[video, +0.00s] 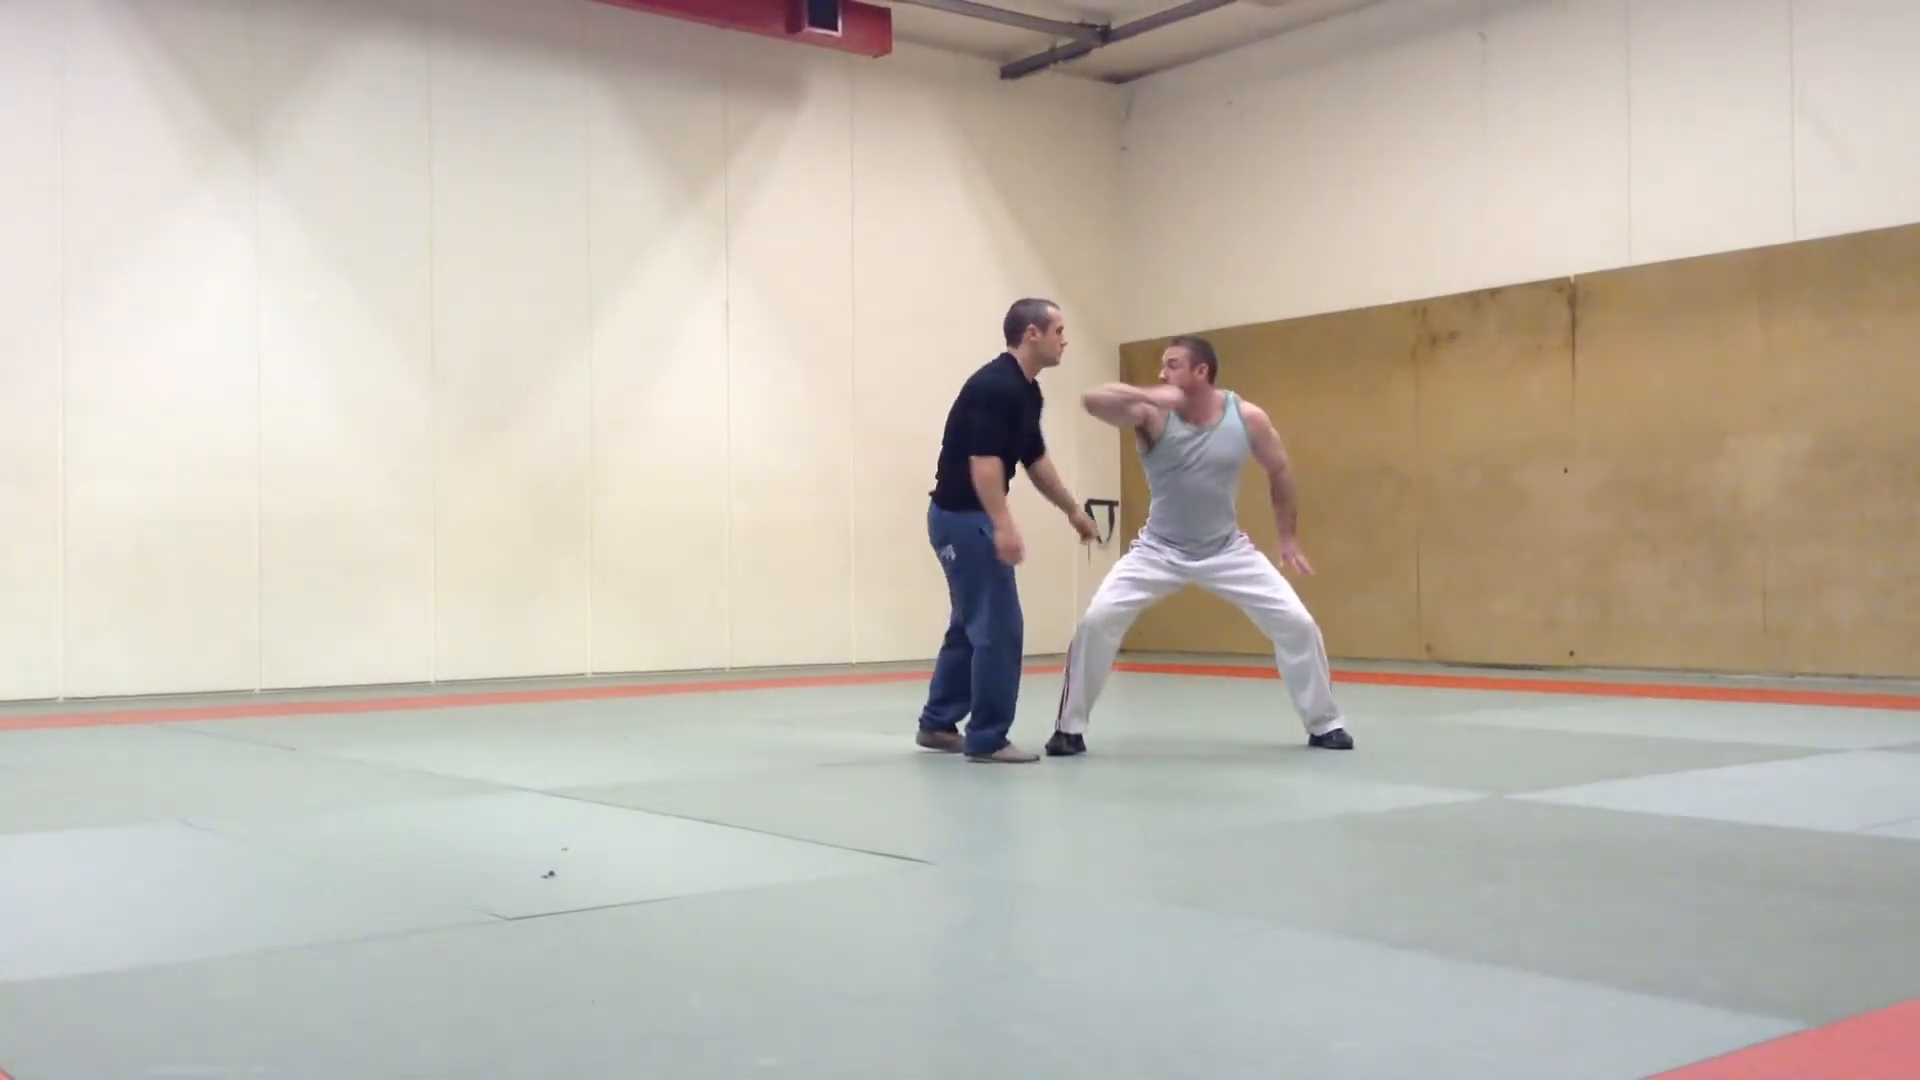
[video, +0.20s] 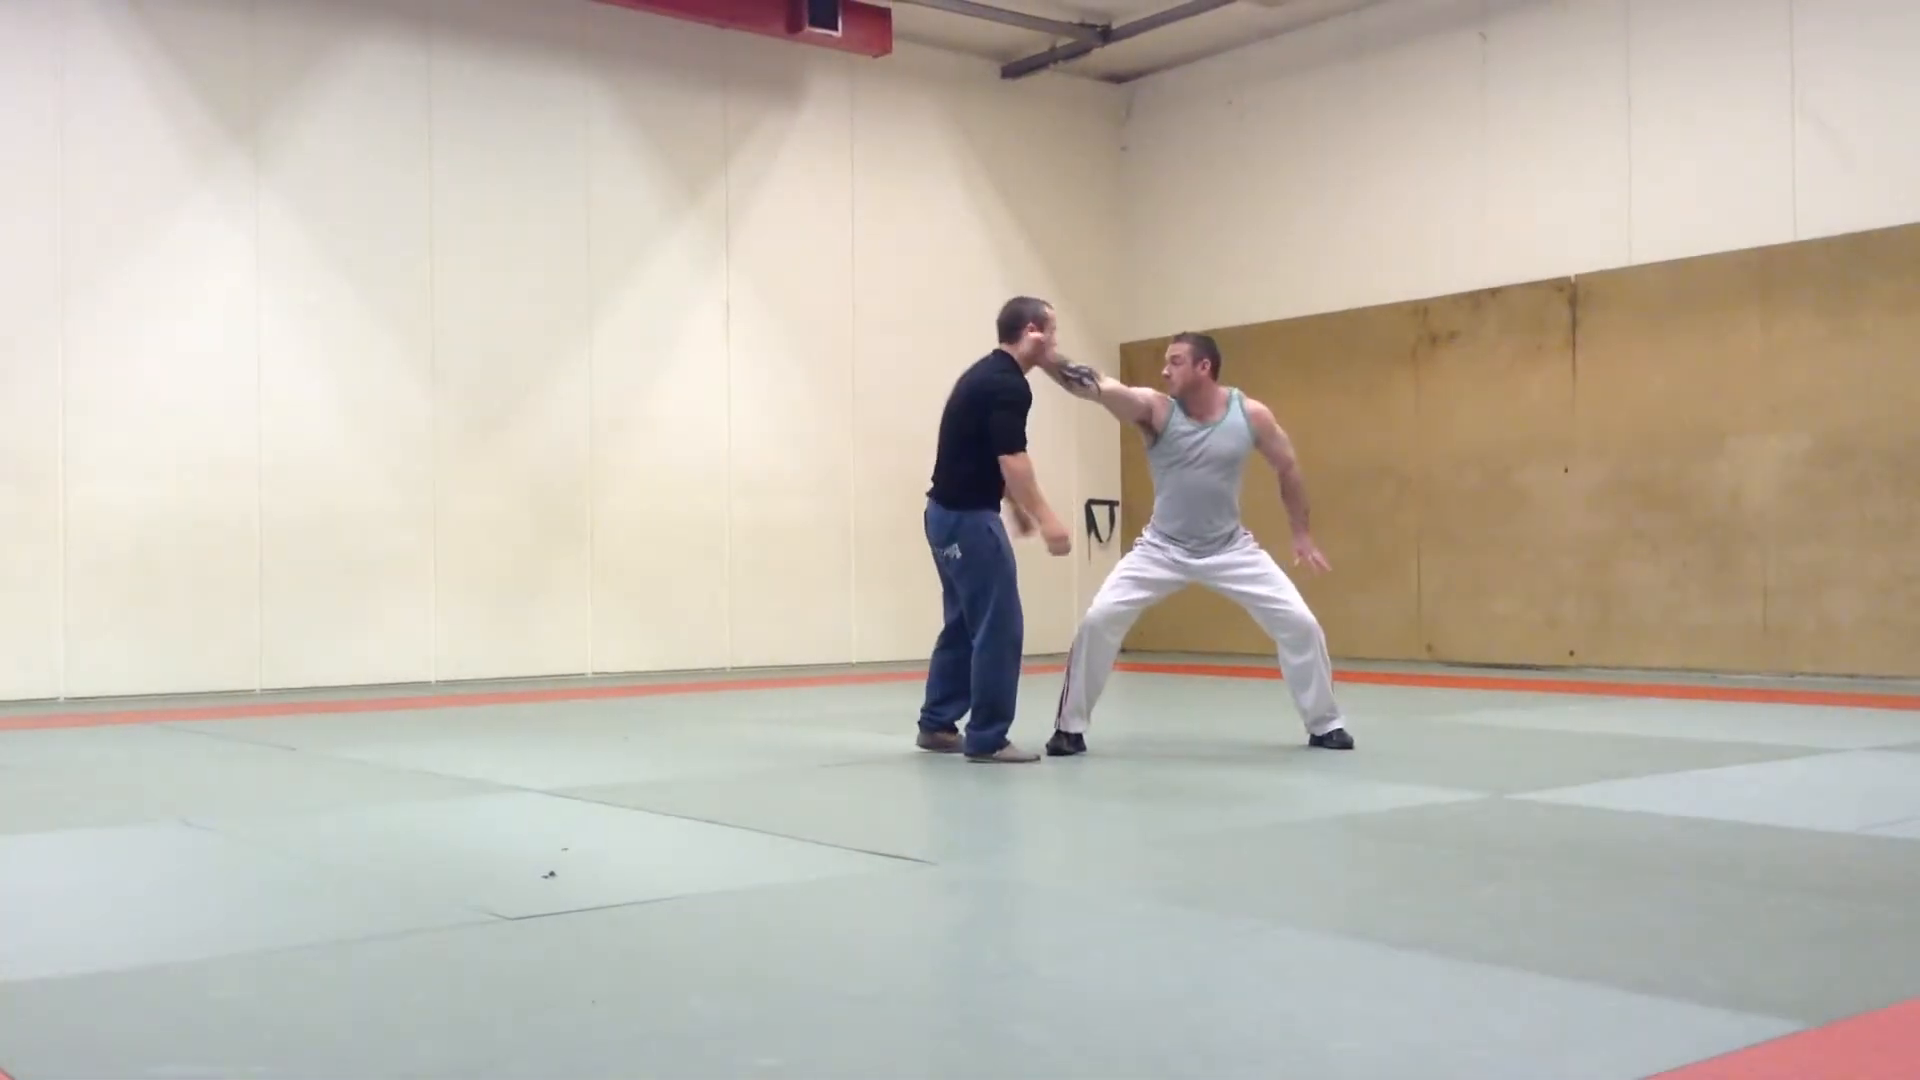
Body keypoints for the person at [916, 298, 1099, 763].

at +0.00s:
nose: (1064, 339)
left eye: (1063, 331)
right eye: (1058, 331)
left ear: (1033, 334)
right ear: (1032, 334)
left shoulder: (1027, 391)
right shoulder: (994, 386)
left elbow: (1036, 461)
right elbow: (984, 465)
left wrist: (1073, 509)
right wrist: (1004, 525)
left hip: (973, 519)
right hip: (966, 520)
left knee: (969, 624)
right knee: (999, 628)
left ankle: (937, 723)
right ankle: (987, 741)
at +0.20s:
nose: (1056, 341)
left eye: (1055, 332)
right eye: (1052, 332)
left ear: (1015, 333)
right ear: (1031, 333)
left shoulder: (986, 372)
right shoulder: (1007, 382)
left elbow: (991, 449)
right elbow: (1012, 460)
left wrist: (1014, 500)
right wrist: (1047, 521)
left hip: (947, 516)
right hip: (970, 521)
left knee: (965, 623)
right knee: (1001, 626)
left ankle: (937, 723)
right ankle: (987, 739)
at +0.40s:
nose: (1012, 330)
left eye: (1005, 322)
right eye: (1011, 323)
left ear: (965, 326)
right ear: (1005, 325)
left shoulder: (939, 376)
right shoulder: (1004, 380)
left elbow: (934, 453)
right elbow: (1028, 461)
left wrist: (945, 503)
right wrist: (1058, 515)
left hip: (942, 520)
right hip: (982, 524)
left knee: (959, 622)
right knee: (1004, 626)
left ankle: (937, 726)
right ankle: (987, 738)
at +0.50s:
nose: (988, 327)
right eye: (987, 320)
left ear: (943, 327)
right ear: (983, 322)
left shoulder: (919, 383)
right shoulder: (999, 376)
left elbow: (912, 462)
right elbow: (1030, 452)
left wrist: (924, 509)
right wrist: (1057, 501)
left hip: (943, 522)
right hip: (987, 524)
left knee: (959, 625)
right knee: (1005, 627)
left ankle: (937, 726)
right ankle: (986, 739)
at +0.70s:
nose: (963, 334)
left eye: (957, 329)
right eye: (962, 328)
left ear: (916, 335)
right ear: (958, 329)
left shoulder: (898, 394)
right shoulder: (983, 373)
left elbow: (892, 473)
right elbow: (1027, 439)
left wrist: (898, 527)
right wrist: (1054, 481)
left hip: (941, 529)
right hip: (987, 526)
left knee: (958, 628)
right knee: (1003, 628)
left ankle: (936, 728)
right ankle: (986, 739)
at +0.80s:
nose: (956, 335)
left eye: (951, 329)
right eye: (955, 328)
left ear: (910, 336)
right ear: (950, 329)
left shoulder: (894, 396)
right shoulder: (978, 371)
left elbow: (888, 476)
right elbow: (1023, 436)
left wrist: (894, 532)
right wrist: (1046, 474)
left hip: (941, 528)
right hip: (987, 525)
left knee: (959, 628)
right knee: (1004, 627)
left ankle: (938, 727)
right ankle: (986, 737)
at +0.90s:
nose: (954, 335)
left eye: (949, 328)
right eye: (953, 328)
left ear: (907, 336)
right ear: (947, 329)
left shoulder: (891, 397)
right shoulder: (974, 371)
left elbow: (888, 477)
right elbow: (1020, 437)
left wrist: (899, 532)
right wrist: (1041, 475)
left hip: (941, 527)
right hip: (985, 525)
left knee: (960, 626)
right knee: (1005, 626)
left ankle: (938, 727)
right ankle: (987, 737)